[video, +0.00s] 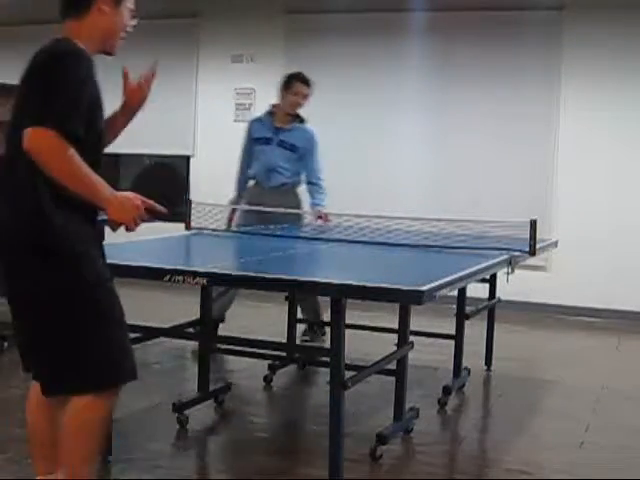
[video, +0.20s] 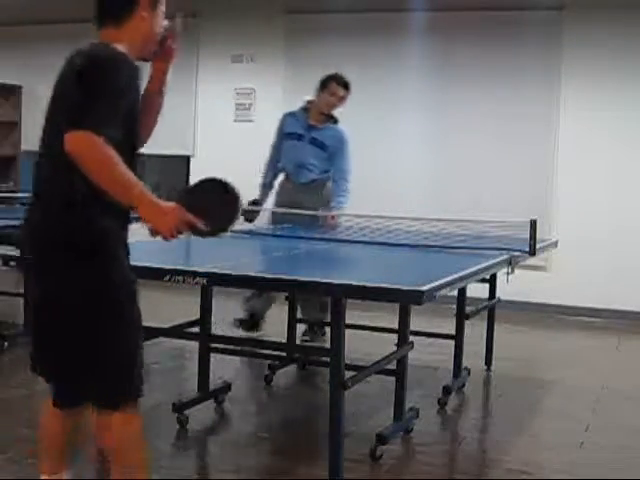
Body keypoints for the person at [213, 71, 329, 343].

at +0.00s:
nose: (300, 102)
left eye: (305, 98)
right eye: (297, 95)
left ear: (306, 101)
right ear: (283, 93)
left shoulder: (305, 135)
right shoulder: (256, 126)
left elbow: (313, 175)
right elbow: (244, 167)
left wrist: (319, 207)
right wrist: (236, 201)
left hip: (286, 196)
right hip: (255, 195)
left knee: (297, 260)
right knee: (236, 258)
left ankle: (315, 323)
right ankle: (211, 318)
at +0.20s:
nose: (334, 103)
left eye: (340, 100)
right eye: (332, 96)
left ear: (342, 103)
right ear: (319, 92)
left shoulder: (336, 137)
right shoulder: (289, 122)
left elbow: (341, 177)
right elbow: (274, 162)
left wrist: (336, 208)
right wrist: (261, 198)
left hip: (318, 194)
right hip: (288, 190)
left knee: (313, 257)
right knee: (275, 251)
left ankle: (315, 323)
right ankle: (254, 314)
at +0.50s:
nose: (356, 95)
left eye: (363, 95)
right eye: (356, 89)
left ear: (370, 103)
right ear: (348, 89)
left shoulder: (361, 136)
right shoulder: (329, 122)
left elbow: (362, 178)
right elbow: (317, 162)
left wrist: (350, 210)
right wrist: (298, 189)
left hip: (348, 191)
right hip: (329, 187)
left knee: (334, 252)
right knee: (334, 251)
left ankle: (316, 320)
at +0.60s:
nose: (363, 94)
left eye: (370, 93)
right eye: (363, 89)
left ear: (379, 101)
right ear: (358, 90)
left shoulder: (372, 133)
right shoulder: (347, 124)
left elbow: (370, 177)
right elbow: (334, 162)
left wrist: (354, 210)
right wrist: (321, 191)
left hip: (361, 196)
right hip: (344, 191)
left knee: (347, 256)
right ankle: (390, 304)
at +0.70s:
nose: (369, 98)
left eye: (376, 96)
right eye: (370, 93)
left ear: (386, 103)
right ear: (368, 96)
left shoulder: (384, 136)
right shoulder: (364, 132)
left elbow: (384, 185)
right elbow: (354, 172)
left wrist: (360, 204)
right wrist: (335, 195)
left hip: (378, 208)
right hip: (361, 205)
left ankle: (405, 315)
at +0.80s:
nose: (374, 108)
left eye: (380, 103)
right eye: (374, 102)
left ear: (393, 106)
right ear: (377, 104)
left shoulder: (397, 140)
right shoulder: (382, 138)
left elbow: (400, 186)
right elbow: (372, 180)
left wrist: (369, 196)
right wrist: (355, 201)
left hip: (394, 206)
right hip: (382, 205)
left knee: (384, 263)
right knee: (376, 262)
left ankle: (409, 322)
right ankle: (336, 314)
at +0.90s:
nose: (384, 109)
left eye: (389, 104)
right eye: (382, 104)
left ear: (402, 104)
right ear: (381, 103)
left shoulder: (411, 135)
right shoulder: (393, 134)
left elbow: (417, 179)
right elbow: (396, 174)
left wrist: (385, 184)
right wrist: (380, 206)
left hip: (407, 201)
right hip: (392, 199)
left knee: (395, 261)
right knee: (384, 260)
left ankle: (411, 323)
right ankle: (356, 317)